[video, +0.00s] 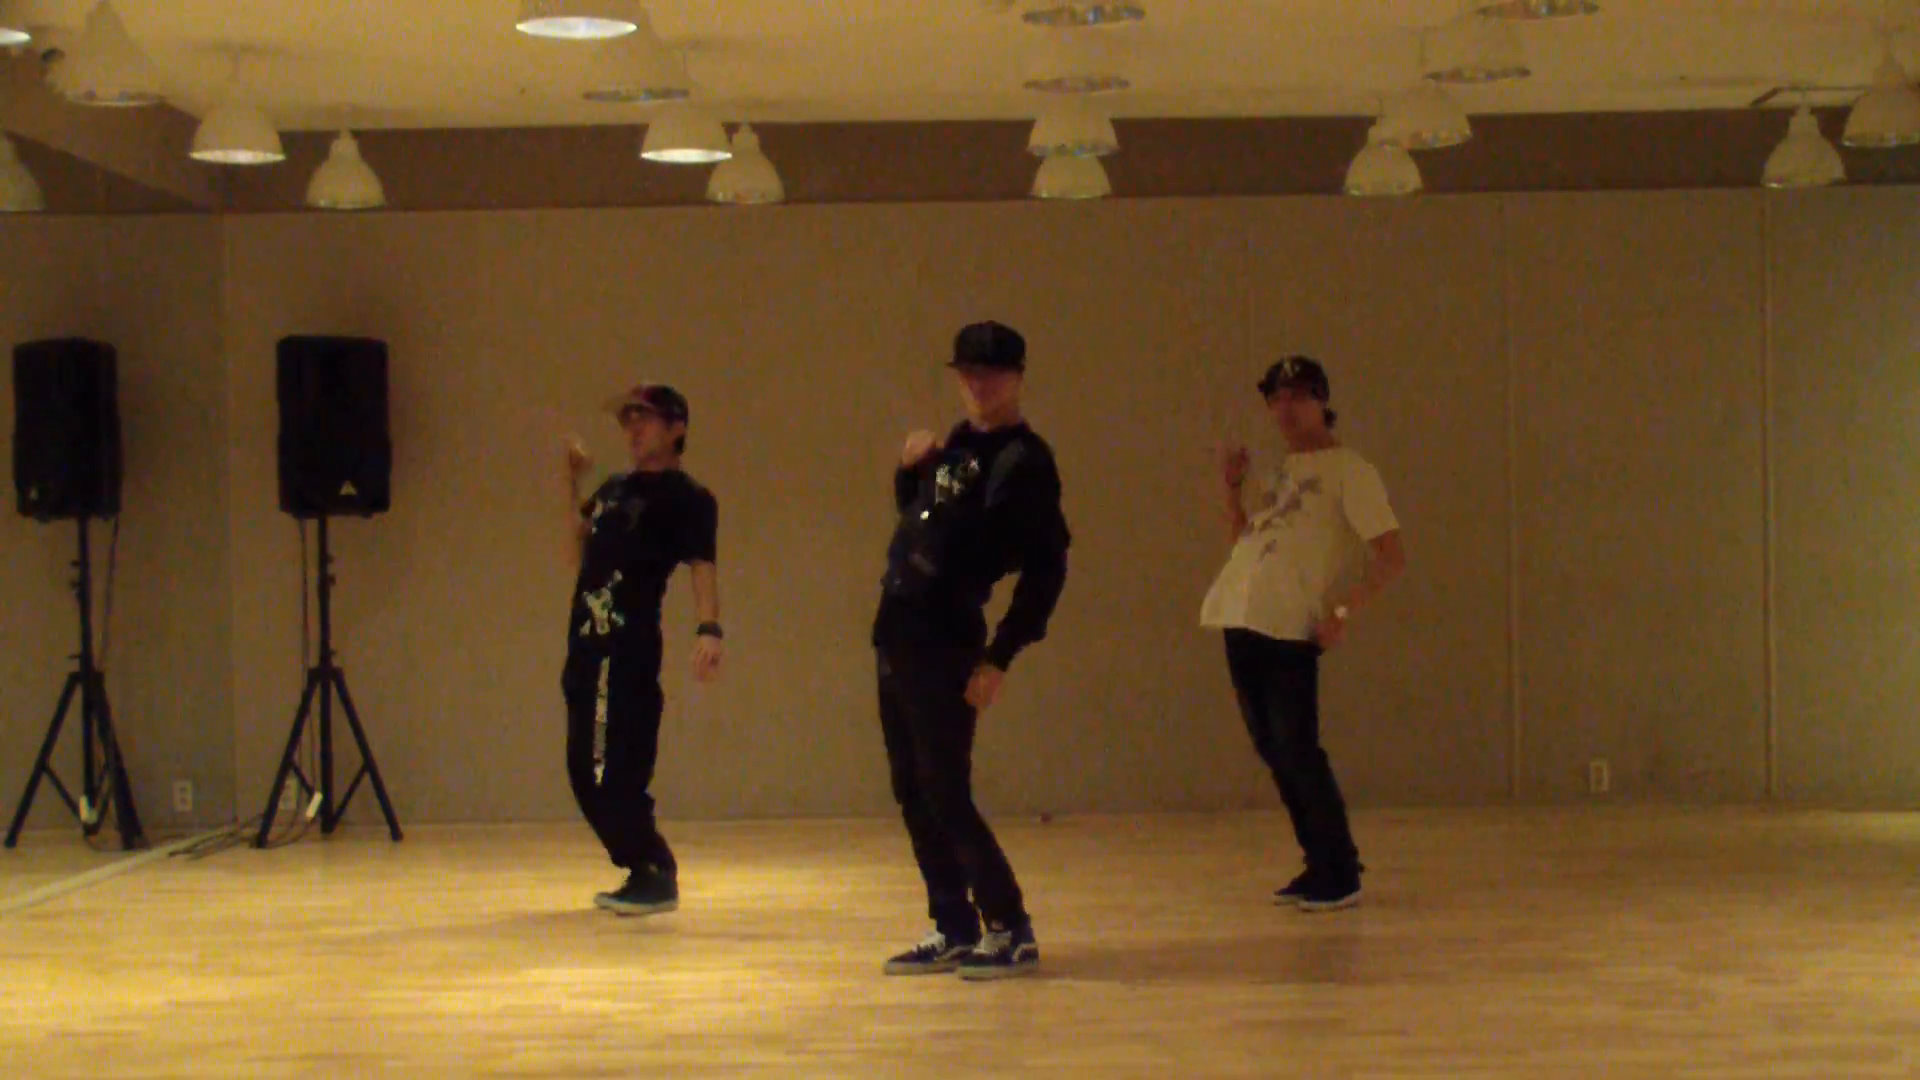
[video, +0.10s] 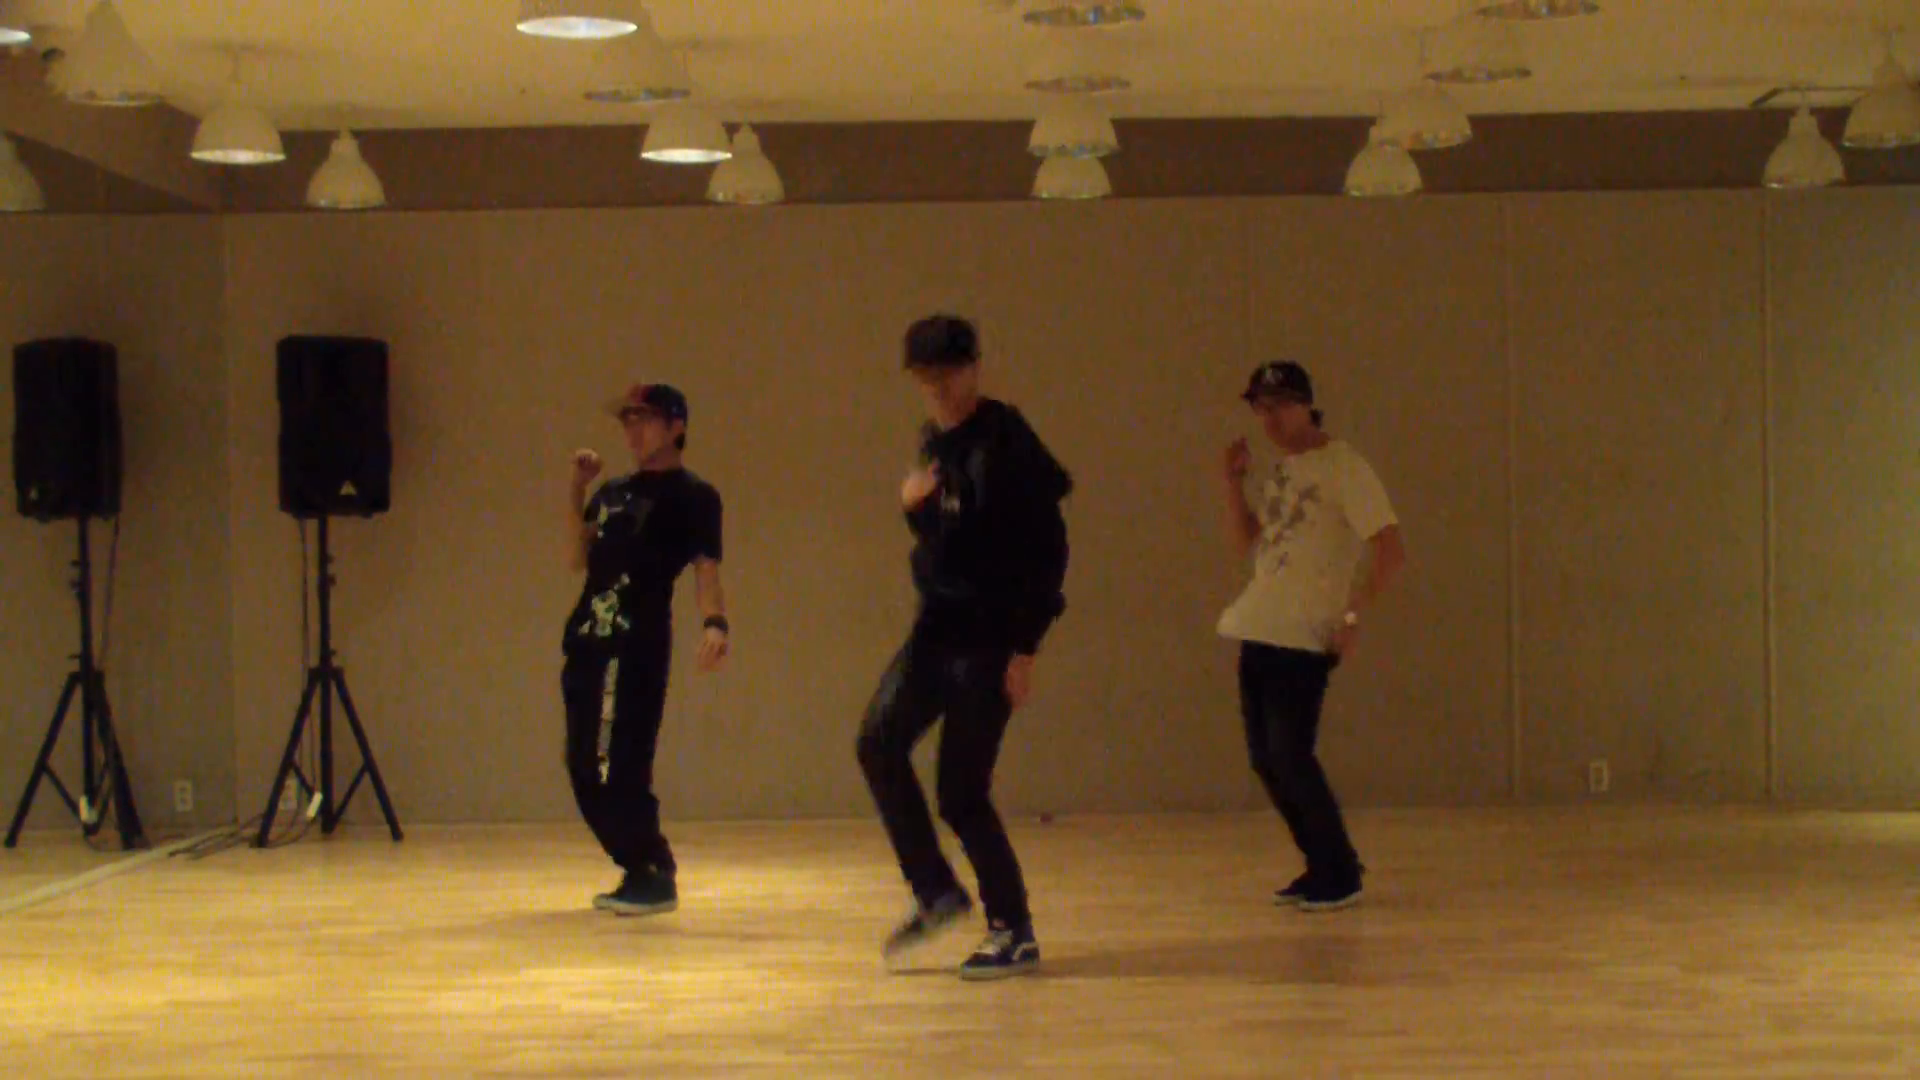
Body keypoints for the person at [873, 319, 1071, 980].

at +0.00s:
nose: (978, 387)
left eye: (991, 375)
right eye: (968, 375)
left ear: (1018, 377)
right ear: (957, 378)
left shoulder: (1028, 460)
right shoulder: (959, 443)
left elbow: (1047, 570)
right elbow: (917, 520)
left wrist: (998, 658)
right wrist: (909, 471)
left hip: (946, 640)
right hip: (900, 634)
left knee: (945, 792)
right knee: (914, 792)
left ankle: (1010, 929)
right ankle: (955, 931)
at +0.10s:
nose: (937, 395)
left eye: (947, 380)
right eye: (926, 383)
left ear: (974, 371)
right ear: (915, 384)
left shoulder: (1013, 441)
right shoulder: (937, 446)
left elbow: (1049, 550)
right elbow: (938, 550)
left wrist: (1025, 651)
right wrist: (916, 511)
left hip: (991, 642)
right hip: (937, 634)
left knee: (962, 796)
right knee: (878, 748)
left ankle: (1012, 930)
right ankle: (936, 893)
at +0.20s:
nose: (905, 451)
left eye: (912, 438)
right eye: (893, 442)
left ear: (935, 430)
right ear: (884, 446)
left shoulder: (1000, 487)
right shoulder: (925, 495)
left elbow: (1064, 575)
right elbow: (970, 560)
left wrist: (1063, 658)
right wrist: (941, 582)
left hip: (1025, 639)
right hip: (972, 624)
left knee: (976, 788)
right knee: (870, 665)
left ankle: (1012, 930)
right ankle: (932, 790)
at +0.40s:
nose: (894, 468)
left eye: (900, 455)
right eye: (888, 457)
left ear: (929, 453)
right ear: (900, 460)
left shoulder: (1005, 507)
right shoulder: (932, 507)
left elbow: (1070, 575)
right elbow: (973, 565)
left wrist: (1082, 663)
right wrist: (945, 579)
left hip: (1038, 653)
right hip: (983, 633)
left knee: (974, 788)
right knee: (885, 636)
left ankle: (1013, 932)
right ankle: (948, 758)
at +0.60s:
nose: (949, 432)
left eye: (955, 418)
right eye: (942, 422)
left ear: (985, 412)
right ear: (944, 425)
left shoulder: (1045, 450)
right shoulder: (972, 484)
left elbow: (1127, 449)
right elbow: (951, 531)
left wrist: (1093, 537)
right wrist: (892, 545)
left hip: (1055, 650)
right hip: (999, 640)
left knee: (976, 800)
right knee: (921, 739)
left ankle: (1011, 936)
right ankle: (857, 844)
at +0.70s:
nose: (974, 422)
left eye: (984, 408)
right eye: (964, 412)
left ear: (1013, 406)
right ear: (957, 421)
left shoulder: (1065, 452)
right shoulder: (982, 487)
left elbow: (1156, 467)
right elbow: (978, 538)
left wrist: (1109, 551)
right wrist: (940, 547)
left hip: (1056, 655)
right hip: (1004, 645)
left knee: (964, 795)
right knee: (957, 754)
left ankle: (1012, 936)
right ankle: (931, 862)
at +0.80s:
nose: (996, 415)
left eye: (1007, 403)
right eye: (985, 406)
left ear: (1033, 406)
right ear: (975, 415)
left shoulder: (1080, 457)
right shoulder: (988, 487)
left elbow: (1174, 487)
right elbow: (990, 564)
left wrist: (1124, 568)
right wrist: (961, 573)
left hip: (1064, 660)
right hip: (1009, 656)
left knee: (965, 802)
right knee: (999, 778)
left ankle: (1010, 935)